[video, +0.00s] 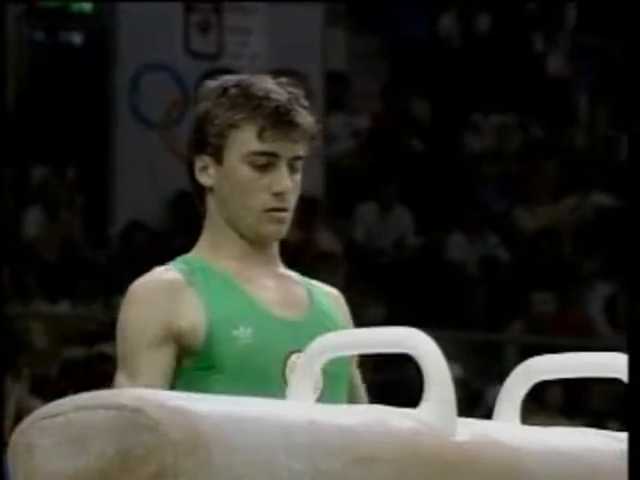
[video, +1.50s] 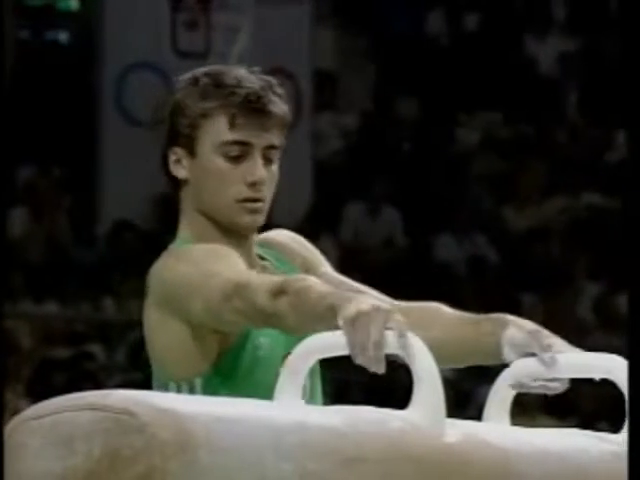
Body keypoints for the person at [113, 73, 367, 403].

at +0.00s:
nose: (284, 186)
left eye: (294, 167)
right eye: (262, 165)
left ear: (303, 170)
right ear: (206, 170)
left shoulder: (329, 305)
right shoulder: (163, 298)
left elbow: (363, 441)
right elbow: (130, 448)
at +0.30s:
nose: (285, 139)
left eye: (289, 126)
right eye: (256, 127)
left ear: (305, 149)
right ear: (208, 171)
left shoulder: (337, 264)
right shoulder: (182, 264)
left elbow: (407, 297)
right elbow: (29, 290)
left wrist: (452, 318)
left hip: (357, 472)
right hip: (245, 474)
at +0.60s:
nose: (256, 116)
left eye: (259, 114)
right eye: (223, 121)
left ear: (279, 145)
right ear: (194, 176)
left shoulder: (330, 233)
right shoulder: (201, 247)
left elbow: (359, 96)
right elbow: (121, 96)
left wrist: (360, 0)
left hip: (358, 473)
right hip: (246, 474)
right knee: (43, 443)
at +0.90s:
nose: (243, 155)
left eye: (252, 140)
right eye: (216, 145)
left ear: (270, 157)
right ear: (172, 173)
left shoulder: (316, 261)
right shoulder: (170, 268)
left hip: (333, 473)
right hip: (220, 476)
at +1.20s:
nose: (246, 166)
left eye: (258, 148)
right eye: (220, 148)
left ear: (274, 163)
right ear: (174, 168)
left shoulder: (298, 268)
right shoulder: (175, 270)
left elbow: (402, 297)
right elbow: (238, 273)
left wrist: (515, 305)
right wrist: (308, 263)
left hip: (310, 476)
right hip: (213, 477)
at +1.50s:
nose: (259, 177)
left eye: (269, 158)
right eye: (235, 155)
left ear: (280, 163)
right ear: (180, 164)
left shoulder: (287, 250)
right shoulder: (184, 270)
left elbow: (388, 316)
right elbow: (271, 298)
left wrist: (500, 334)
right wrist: (347, 305)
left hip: (307, 473)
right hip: (221, 476)